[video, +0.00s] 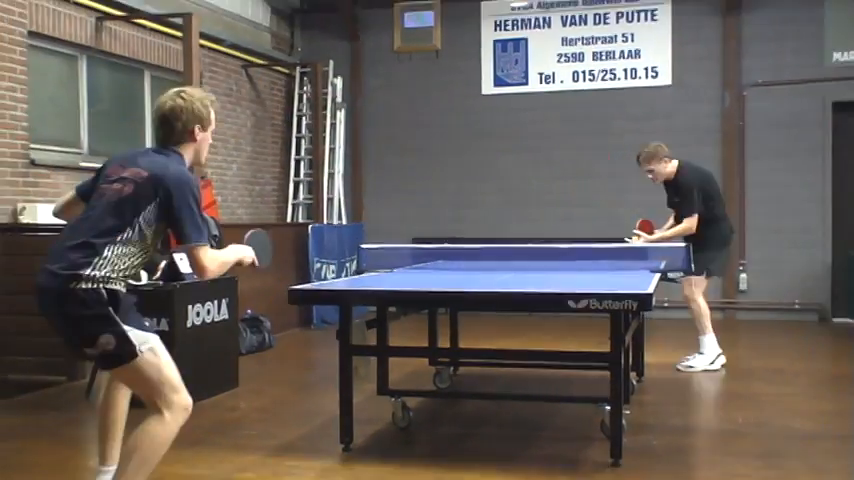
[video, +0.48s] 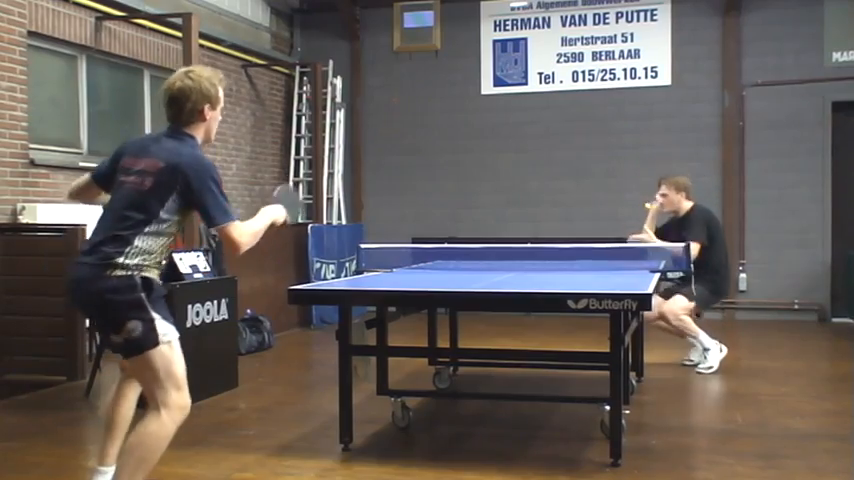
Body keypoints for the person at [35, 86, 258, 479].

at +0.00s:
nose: (212, 138)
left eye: (212, 130)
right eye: (211, 130)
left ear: (165, 128)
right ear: (197, 132)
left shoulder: (123, 160)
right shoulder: (177, 176)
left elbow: (66, 209)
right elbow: (207, 266)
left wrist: (125, 234)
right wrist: (238, 253)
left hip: (58, 285)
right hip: (94, 293)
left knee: (124, 369)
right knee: (175, 405)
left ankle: (107, 471)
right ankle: (124, 477)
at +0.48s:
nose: (220, 116)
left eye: (220, 108)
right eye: (219, 108)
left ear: (174, 108)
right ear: (206, 111)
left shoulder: (134, 147)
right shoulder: (193, 162)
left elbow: (80, 192)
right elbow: (240, 241)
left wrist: (126, 194)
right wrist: (269, 214)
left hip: (90, 276)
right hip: (126, 282)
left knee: (135, 373)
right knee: (173, 403)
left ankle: (103, 472)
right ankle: (123, 478)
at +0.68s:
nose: (245, 96)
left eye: (245, 88)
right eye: (244, 88)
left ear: (202, 86)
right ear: (229, 90)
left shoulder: (161, 115)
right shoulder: (210, 142)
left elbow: (111, 143)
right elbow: (254, 218)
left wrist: (157, 147)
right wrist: (299, 195)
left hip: (107, 250)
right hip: (146, 257)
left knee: (146, 344)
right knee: (217, 355)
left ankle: (105, 446)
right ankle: (166, 462)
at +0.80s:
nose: (259, 122)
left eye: (260, 114)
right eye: (259, 114)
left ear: (219, 110)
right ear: (246, 117)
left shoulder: (181, 134)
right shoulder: (223, 169)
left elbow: (144, 153)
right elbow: (257, 248)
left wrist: (185, 161)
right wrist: (313, 239)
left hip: (133, 260)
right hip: (169, 275)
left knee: (161, 340)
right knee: (248, 353)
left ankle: (123, 433)